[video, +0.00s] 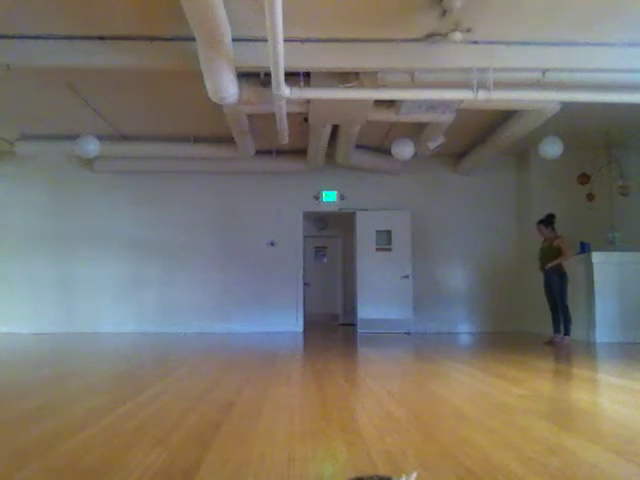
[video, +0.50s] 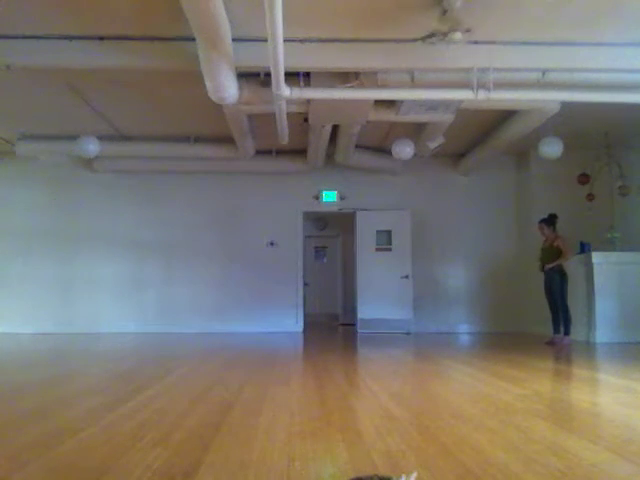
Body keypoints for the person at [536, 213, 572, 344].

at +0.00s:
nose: (540, 233)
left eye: (541, 229)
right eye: (539, 230)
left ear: (548, 228)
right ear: (544, 230)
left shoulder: (559, 241)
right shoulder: (545, 243)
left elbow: (567, 255)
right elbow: (544, 257)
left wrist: (552, 263)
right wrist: (542, 265)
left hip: (558, 274)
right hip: (548, 274)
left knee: (561, 304)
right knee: (553, 305)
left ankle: (566, 335)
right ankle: (556, 334)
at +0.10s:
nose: (540, 233)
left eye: (541, 229)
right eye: (539, 230)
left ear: (548, 228)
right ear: (545, 230)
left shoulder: (559, 241)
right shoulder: (545, 242)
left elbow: (567, 255)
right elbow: (543, 257)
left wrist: (552, 263)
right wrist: (542, 265)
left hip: (558, 274)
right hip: (548, 274)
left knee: (561, 304)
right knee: (552, 305)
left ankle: (566, 335)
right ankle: (556, 334)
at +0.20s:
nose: (540, 233)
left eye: (541, 229)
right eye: (539, 230)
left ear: (549, 228)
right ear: (544, 230)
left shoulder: (559, 241)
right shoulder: (545, 243)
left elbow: (567, 255)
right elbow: (543, 257)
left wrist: (552, 264)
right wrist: (542, 265)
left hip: (558, 274)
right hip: (548, 274)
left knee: (561, 304)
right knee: (552, 305)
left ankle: (566, 335)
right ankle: (556, 334)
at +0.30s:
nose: (541, 232)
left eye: (543, 229)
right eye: (540, 229)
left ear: (550, 228)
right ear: (541, 230)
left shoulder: (559, 240)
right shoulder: (545, 242)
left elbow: (567, 255)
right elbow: (544, 257)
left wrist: (552, 264)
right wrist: (541, 265)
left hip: (558, 273)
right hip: (548, 274)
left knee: (561, 304)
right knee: (552, 305)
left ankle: (566, 335)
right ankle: (556, 334)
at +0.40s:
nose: (541, 232)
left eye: (543, 229)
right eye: (540, 229)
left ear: (550, 228)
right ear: (542, 230)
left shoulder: (558, 240)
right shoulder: (545, 242)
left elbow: (566, 255)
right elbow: (544, 256)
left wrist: (552, 264)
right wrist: (542, 265)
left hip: (558, 273)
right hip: (548, 273)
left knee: (561, 304)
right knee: (552, 305)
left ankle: (566, 335)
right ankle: (556, 334)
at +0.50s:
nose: (541, 232)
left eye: (543, 228)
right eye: (540, 229)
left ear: (550, 228)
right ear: (542, 229)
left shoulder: (558, 240)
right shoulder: (545, 241)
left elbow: (566, 255)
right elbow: (545, 255)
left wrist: (552, 264)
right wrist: (542, 264)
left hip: (558, 273)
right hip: (548, 273)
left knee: (561, 304)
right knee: (552, 305)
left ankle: (566, 335)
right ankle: (556, 334)